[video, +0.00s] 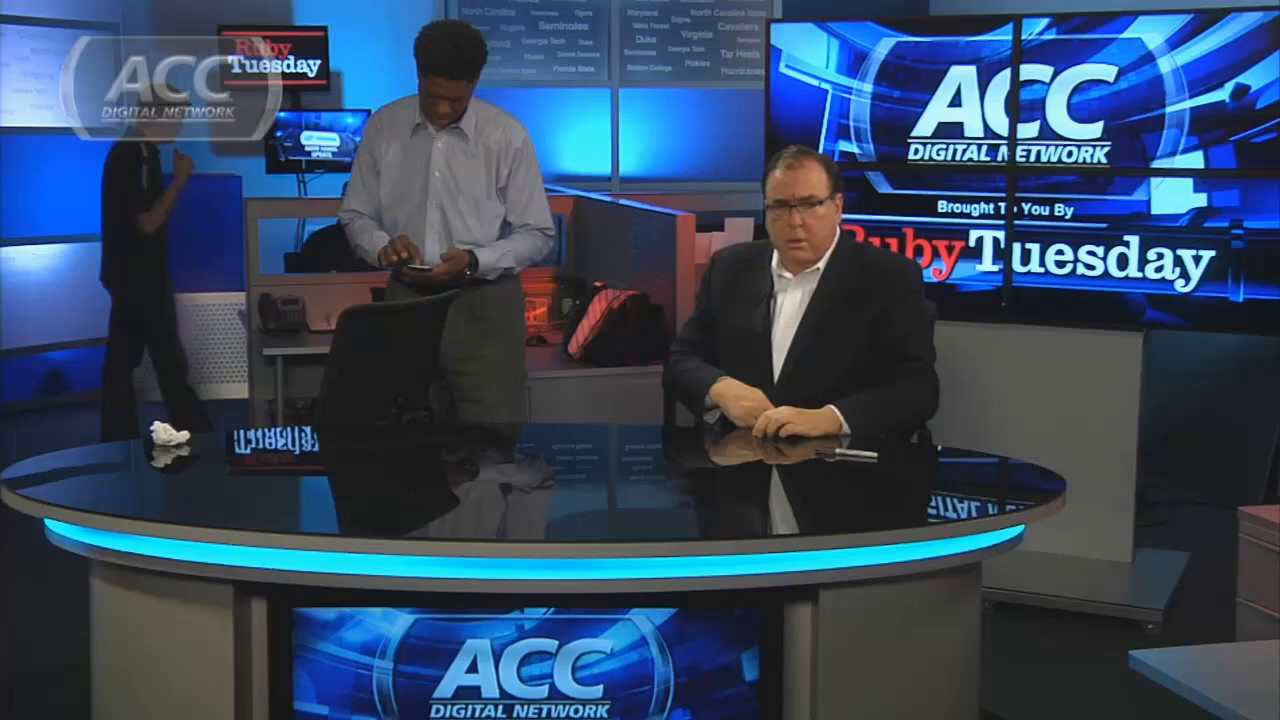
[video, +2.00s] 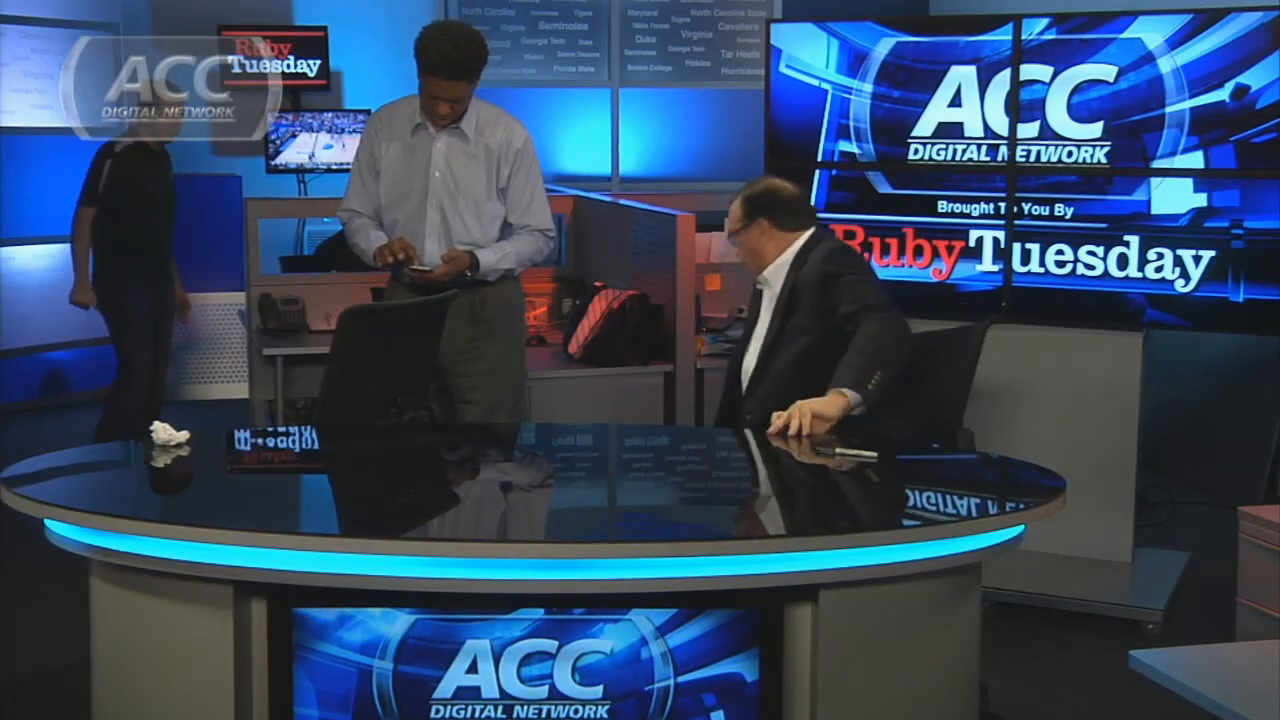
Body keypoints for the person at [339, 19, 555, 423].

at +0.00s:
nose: (443, 110)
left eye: (456, 99)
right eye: (433, 97)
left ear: (474, 83)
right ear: (419, 77)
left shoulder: (507, 136)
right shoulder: (383, 127)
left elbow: (537, 235)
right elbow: (355, 216)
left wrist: (475, 259)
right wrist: (382, 246)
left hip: (485, 313)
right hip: (407, 311)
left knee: (489, 449)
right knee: (407, 450)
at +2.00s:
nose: (442, 110)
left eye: (455, 100)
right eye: (433, 97)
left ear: (475, 83)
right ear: (420, 77)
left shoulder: (508, 138)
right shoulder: (383, 128)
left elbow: (538, 237)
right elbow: (355, 215)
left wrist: (475, 259)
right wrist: (379, 247)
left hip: (485, 314)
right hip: (406, 312)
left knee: (487, 450)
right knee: (407, 451)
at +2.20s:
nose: (478, 105)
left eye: (486, 93)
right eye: (466, 93)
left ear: (495, 85)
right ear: (435, 78)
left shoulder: (511, 141)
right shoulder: (385, 127)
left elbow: (538, 225)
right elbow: (359, 222)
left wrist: (505, 259)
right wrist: (412, 255)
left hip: (486, 311)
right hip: (409, 309)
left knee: (484, 444)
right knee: (410, 442)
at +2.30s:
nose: (502, 117)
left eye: (509, 105)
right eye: (492, 104)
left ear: (515, 100)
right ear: (455, 91)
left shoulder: (517, 150)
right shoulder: (398, 148)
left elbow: (530, 223)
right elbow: (395, 257)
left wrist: (518, 268)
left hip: (488, 320)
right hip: (410, 319)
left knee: (485, 451)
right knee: (410, 450)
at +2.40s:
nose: (527, 137)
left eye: (530, 125)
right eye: (517, 124)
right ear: (478, 117)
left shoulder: (508, 162)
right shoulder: (429, 182)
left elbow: (510, 219)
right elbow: (475, 297)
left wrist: (536, 254)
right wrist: (574, 350)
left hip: (483, 314)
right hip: (416, 322)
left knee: (492, 442)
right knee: (426, 449)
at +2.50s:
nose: (564, 160)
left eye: (565, 149)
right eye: (556, 148)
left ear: (522, 146)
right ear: (516, 143)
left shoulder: (506, 186)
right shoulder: (469, 206)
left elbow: (503, 245)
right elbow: (550, 317)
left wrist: (541, 264)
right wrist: (647, 360)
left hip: (475, 337)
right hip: (411, 343)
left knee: (508, 449)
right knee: (412, 462)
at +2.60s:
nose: (600, 168)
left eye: (601, 156)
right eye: (594, 156)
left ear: (556, 149)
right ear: (558, 149)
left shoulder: (504, 167)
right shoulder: (510, 213)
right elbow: (581, 306)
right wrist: (681, 355)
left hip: (478, 331)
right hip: (428, 331)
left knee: (522, 428)